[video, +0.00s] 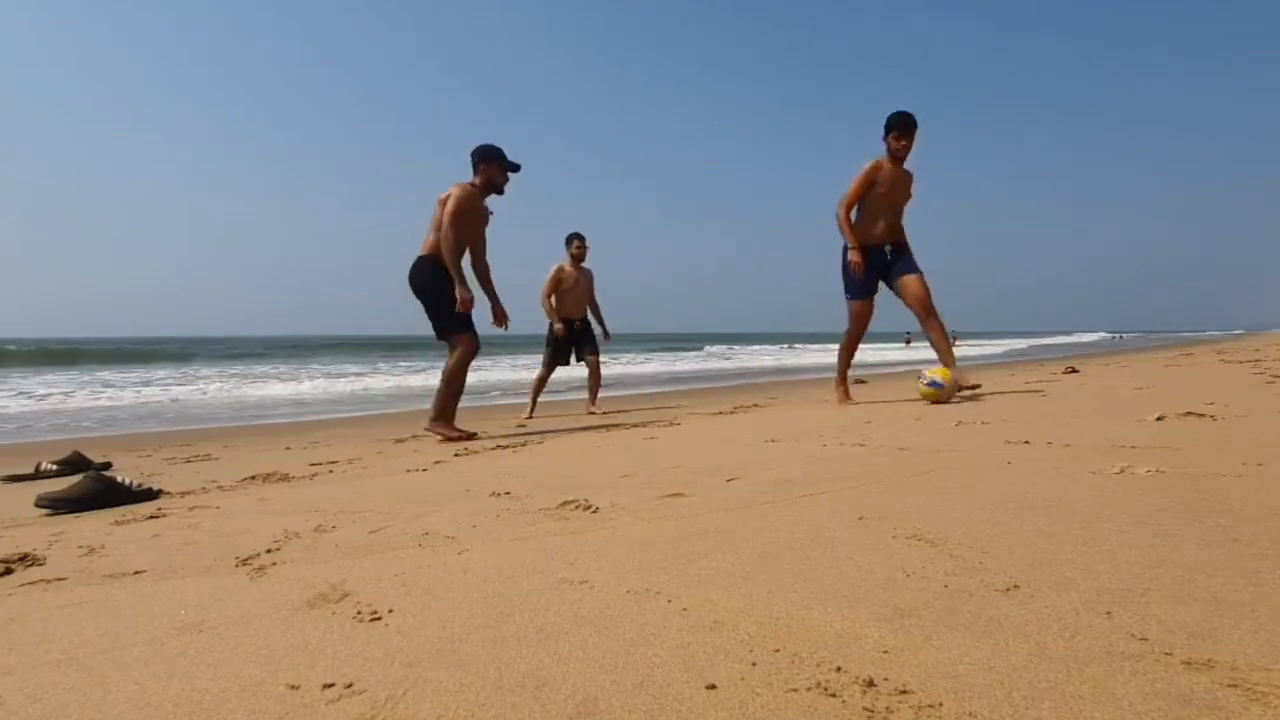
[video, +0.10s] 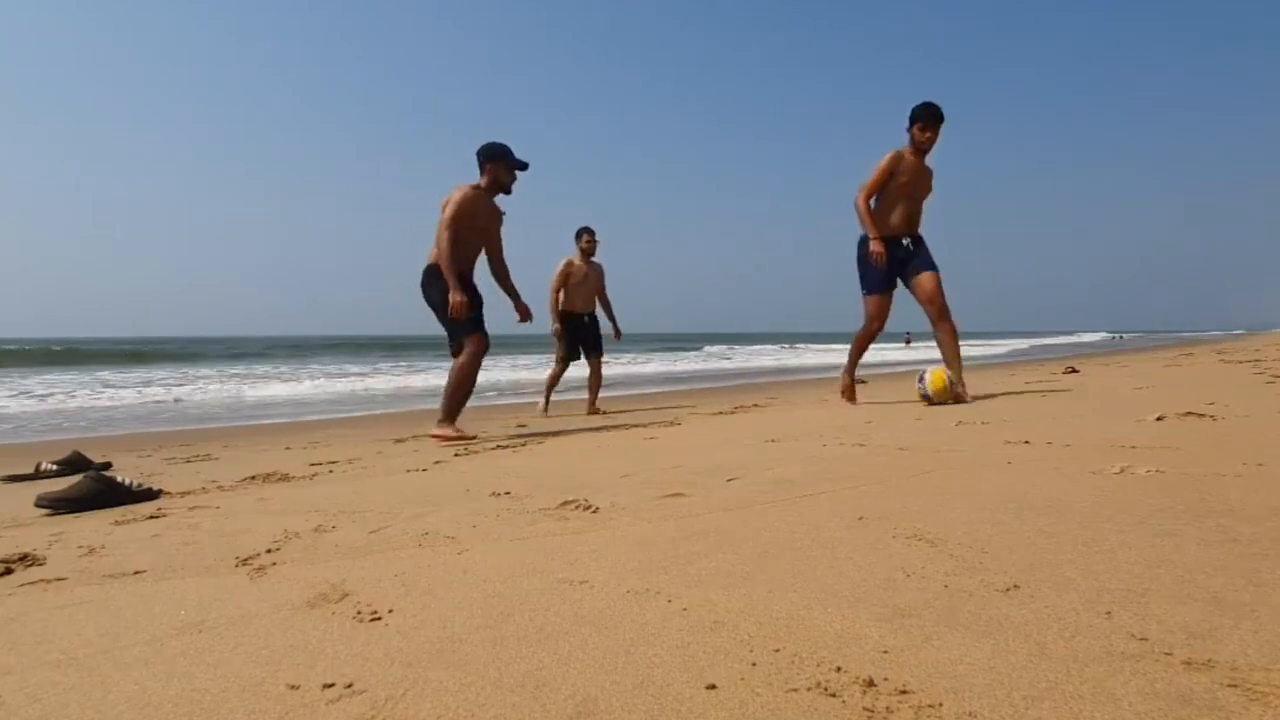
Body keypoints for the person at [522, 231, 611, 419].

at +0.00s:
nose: (583, 251)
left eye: (585, 247)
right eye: (578, 247)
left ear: (586, 250)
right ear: (569, 249)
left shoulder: (587, 274)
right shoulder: (559, 271)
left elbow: (592, 301)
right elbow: (545, 297)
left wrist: (603, 327)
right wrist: (554, 321)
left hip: (582, 323)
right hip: (562, 323)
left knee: (594, 363)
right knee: (547, 369)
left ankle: (591, 404)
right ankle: (531, 406)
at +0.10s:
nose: (593, 245)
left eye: (594, 242)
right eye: (588, 242)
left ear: (596, 244)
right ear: (578, 244)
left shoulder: (597, 268)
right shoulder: (568, 265)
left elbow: (602, 296)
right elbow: (554, 291)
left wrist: (614, 323)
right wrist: (555, 320)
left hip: (589, 317)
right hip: (569, 316)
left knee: (596, 362)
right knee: (562, 363)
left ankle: (592, 405)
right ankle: (545, 399)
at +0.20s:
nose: (600, 241)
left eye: (602, 238)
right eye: (596, 238)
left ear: (603, 240)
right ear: (586, 239)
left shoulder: (606, 265)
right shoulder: (575, 261)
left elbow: (613, 293)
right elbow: (560, 287)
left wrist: (624, 319)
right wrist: (557, 316)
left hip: (596, 313)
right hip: (576, 311)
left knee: (596, 361)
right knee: (577, 358)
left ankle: (593, 404)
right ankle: (569, 398)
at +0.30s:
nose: (606, 241)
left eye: (608, 237)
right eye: (602, 237)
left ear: (610, 239)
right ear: (592, 239)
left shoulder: (613, 264)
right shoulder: (581, 261)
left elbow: (622, 290)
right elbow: (566, 288)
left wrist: (631, 314)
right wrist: (561, 317)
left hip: (603, 313)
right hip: (583, 312)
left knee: (601, 359)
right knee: (592, 356)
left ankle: (595, 399)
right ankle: (593, 399)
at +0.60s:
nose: (620, 233)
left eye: (622, 229)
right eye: (615, 229)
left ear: (625, 231)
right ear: (606, 232)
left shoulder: (630, 256)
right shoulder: (598, 258)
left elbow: (637, 282)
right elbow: (586, 285)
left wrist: (645, 305)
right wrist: (583, 311)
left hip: (624, 307)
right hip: (604, 305)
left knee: (628, 355)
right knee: (613, 354)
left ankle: (610, 388)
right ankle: (618, 402)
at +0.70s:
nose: (626, 229)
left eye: (628, 225)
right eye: (621, 225)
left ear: (631, 227)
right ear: (611, 228)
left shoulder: (636, 252)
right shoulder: (604, 254)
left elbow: (642, 280)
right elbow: (593, 281)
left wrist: (651, 305)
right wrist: (593, 310)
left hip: (630, 304)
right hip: (611, 304)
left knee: (641, 354)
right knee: (615, 358)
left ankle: (628, 393)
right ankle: (617, 401)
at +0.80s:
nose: (632, 225)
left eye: (634, 220)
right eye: (628, 221)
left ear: (638, 223)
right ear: (618, 223)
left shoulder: (638, 249)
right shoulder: (609, 248)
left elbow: (648, 282)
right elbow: (604, 277)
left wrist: (657, 309)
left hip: (636, 301)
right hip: (615, 302)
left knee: (650, 350)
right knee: (618, 351)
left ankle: (655, 398)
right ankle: (617, 400)